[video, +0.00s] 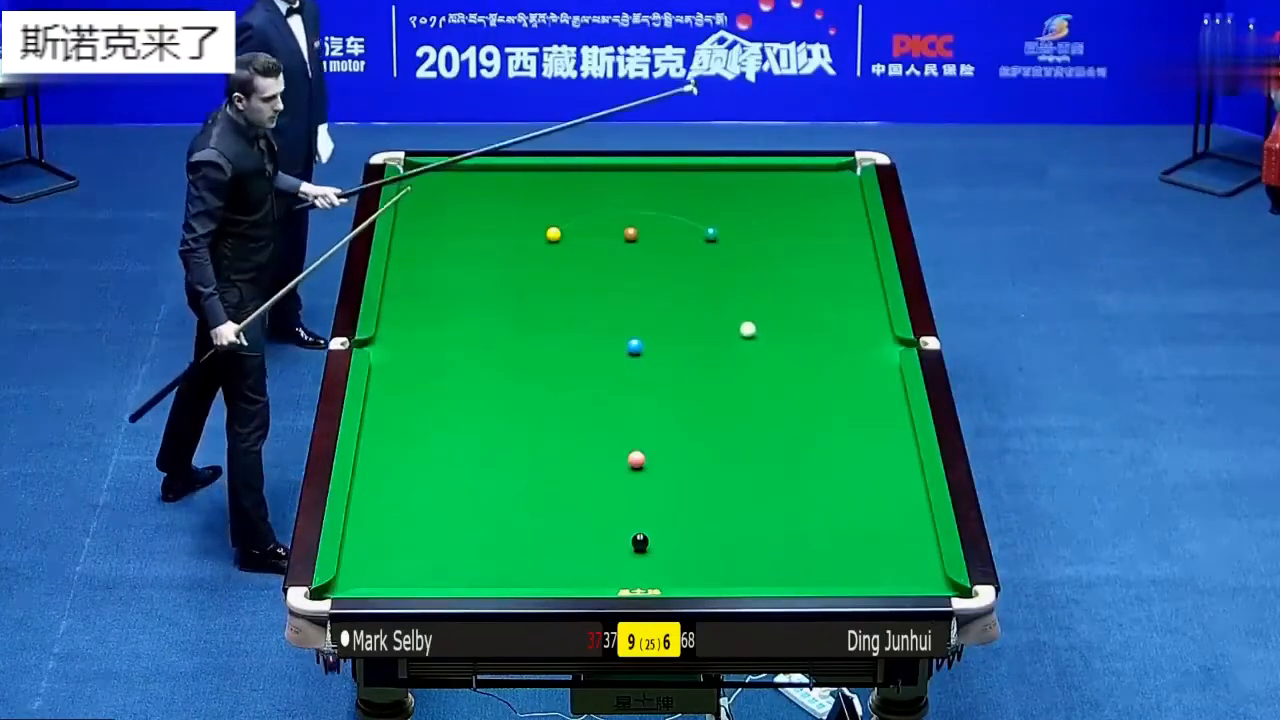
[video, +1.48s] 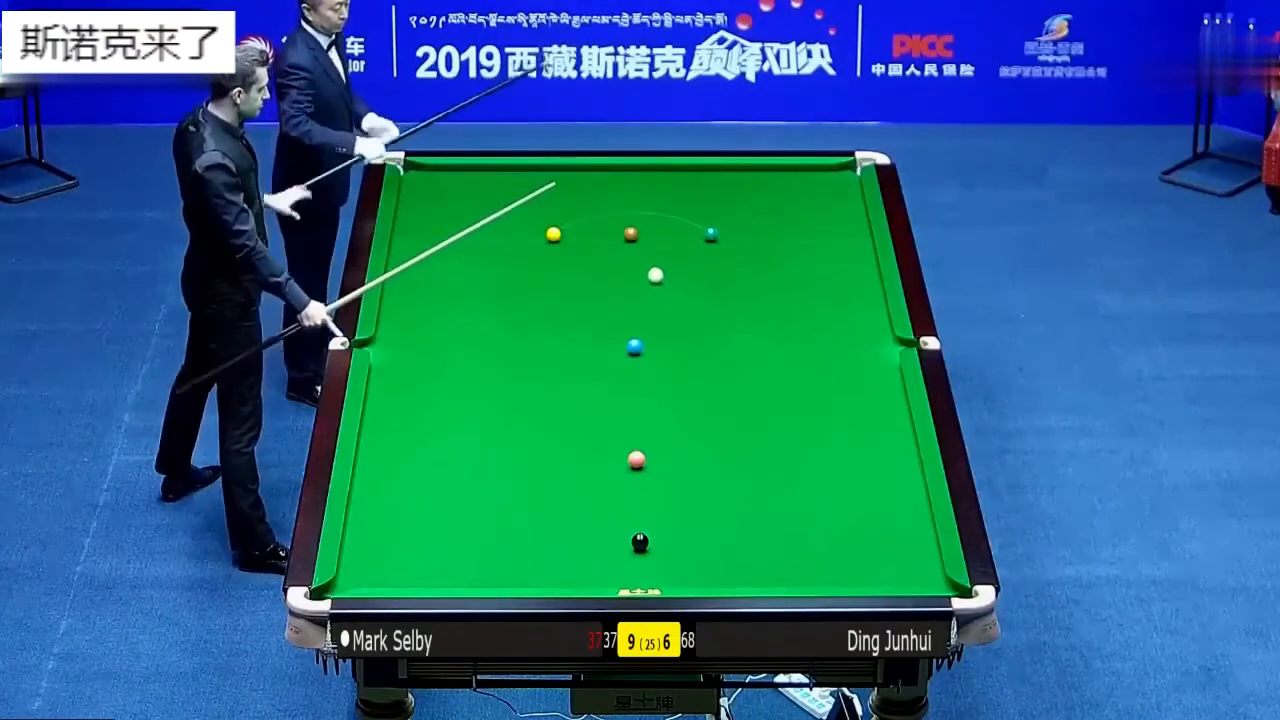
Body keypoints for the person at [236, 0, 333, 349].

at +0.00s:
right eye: (270, 97)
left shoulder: (308, 10)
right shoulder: (253, 24)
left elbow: (317, 72)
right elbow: (246, 94)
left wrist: (321, 125)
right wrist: (256, 144)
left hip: (302, 148)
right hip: (272, 153)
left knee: (295, 235)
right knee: (277, 238)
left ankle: (284, 317)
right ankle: (281, 320)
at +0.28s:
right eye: (270, 92)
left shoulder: (316, 10)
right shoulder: (261, 24)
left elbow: (323, 74)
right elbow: (246, 102)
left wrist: (327, 127)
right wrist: (265, 162)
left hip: (307, 152)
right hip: (277, 157)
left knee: (301, 243)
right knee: (278, 249)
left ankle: (291, 322)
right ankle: (269, 338)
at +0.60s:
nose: (321, 3)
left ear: (324, 2)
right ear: (292, 1)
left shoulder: (323, 27)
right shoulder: (282, 43)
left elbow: (329, 87)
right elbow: (290, 100)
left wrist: (343, 129)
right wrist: (328, 128)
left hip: (322, 164)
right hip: (294, 171)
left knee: (302, 264)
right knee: (309, 272)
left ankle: (307, 359)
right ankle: (304, 378)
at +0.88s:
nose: (331, 9)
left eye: (335, 3)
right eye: (322, 3)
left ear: (337, 5)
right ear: (299, 6)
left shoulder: (319, 40)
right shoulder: (292, 53)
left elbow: (326, 103)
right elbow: (309, 103)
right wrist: (347, 129)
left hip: (319, 180)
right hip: (301, 185)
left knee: (311, 268)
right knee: (311, 282)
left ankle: (283, 317)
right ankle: (304, 380)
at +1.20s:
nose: (339, 15)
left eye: (341, 8)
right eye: (329, 9)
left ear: (344, 10)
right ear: (304, 12)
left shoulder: (324, 48)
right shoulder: (294, 60)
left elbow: (328, 113)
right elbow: (298, 124)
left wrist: (356, 136)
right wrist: (349, 143)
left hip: (322, 187)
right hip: (303, 191)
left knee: (310, 275)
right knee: (310, 285)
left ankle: (288, 333)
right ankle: (303, 380)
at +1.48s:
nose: (344, 12)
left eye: (346, 5)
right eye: (336, 5)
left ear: (342, 8)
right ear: (309, 8)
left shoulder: (329, 43)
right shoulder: (295, 56)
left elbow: (339, 93)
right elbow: (295, 126)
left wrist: (366, 117)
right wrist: (354, 144)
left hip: (325, 183)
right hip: (303, 187)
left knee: (316, 279)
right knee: (305, 284)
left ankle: (313, 369)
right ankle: (301, 381)